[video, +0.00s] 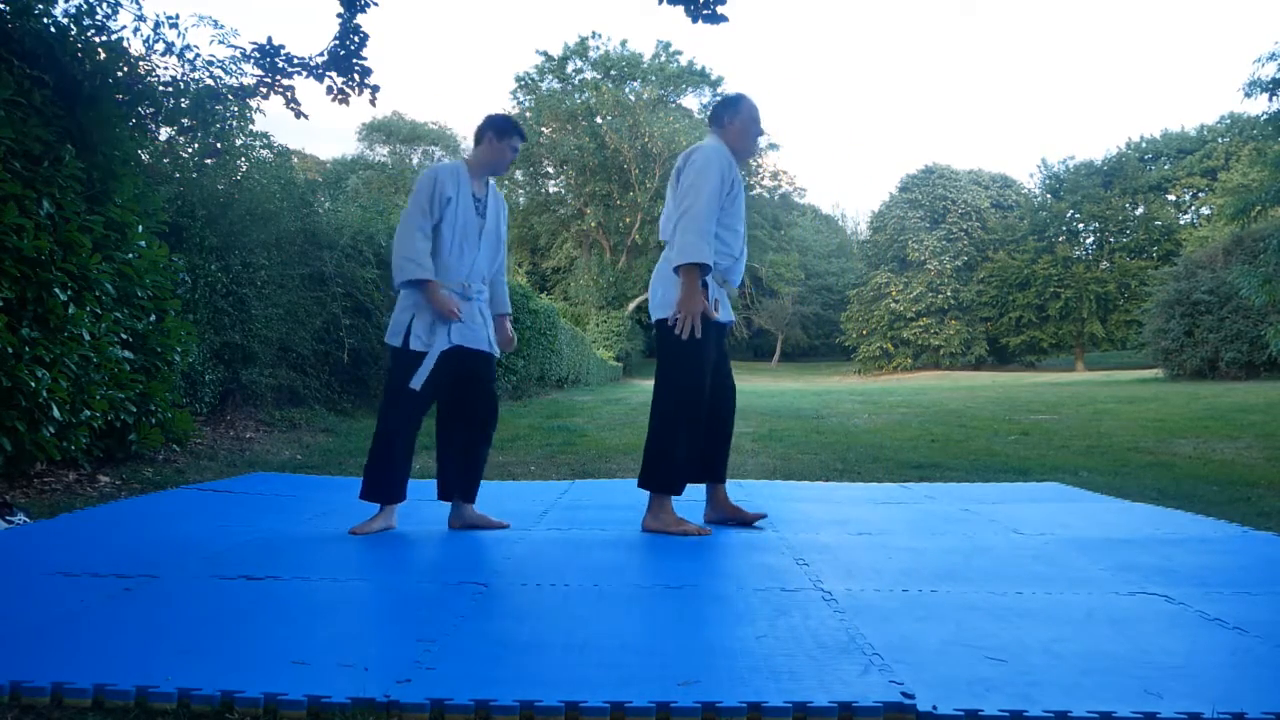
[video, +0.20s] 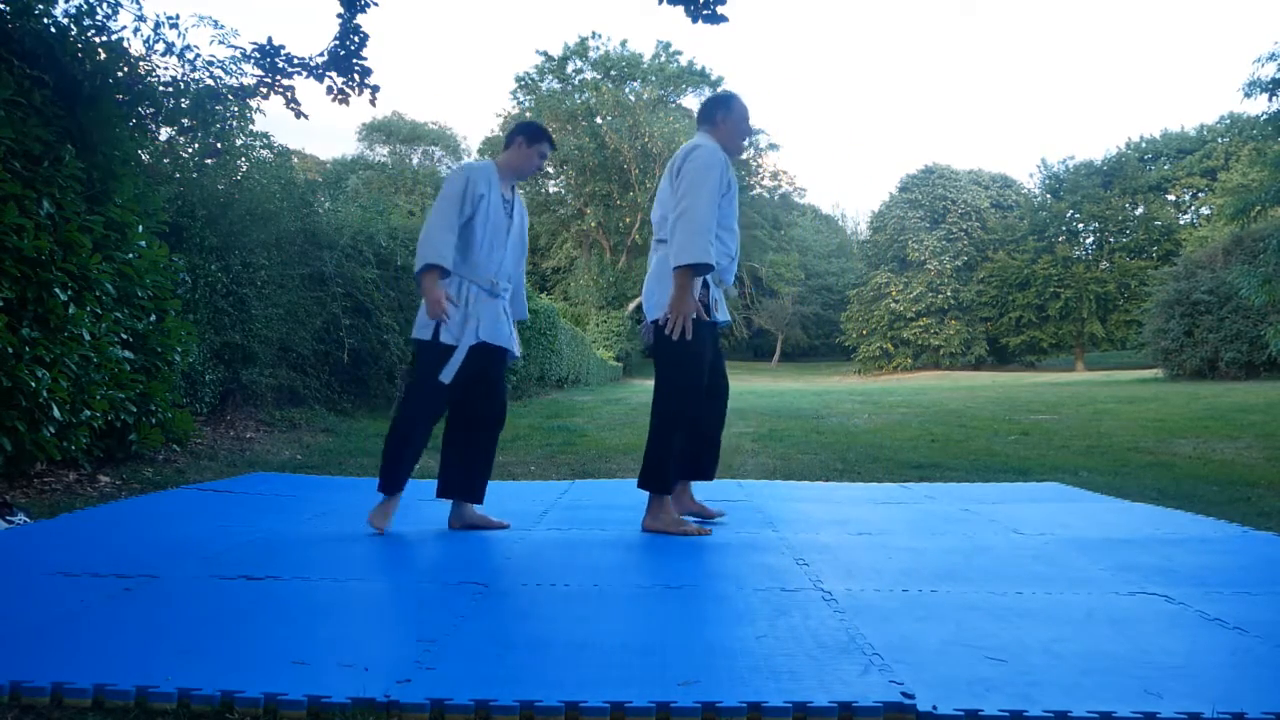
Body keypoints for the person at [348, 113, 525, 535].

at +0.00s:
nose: (514, 160)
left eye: (517, 153)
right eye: (512, 150)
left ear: (499, 147)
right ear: (489, 140)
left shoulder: (497, 203)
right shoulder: (439, 178)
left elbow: (496, 266)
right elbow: (410, 238)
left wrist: (502, 317)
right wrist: (432, 290)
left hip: (475, 325)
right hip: (424, 317)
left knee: (478, 412)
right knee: (400, 413)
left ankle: (463, 508)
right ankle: (386, 510)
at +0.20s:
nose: (541, 167)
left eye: (545, 161)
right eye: (539, 156)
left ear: (529, 155)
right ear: (518, 144)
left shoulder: (519, 209)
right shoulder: (469, 176)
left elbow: (516, 271)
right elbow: (438, 228)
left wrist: (514, 325)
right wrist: (430, 283)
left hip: (495, 319)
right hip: (453, 307)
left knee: (485, 412)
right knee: (422, 403)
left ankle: (464, 507)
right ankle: (390, 495)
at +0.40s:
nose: (557, 168)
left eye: (562, 163)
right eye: (557, 158)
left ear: (544, 154)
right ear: (536, 145)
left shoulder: (528, 207)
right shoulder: (496, 174)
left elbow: (523, 272)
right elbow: (468, 221)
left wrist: (531, 318)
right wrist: (463, 268)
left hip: (502, 320)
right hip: (471, 311)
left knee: (490, 409)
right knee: (466, 406)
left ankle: (465, 503)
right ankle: (455, 503)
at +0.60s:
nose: (573, 170)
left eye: (578, 164)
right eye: (573, 159)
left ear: (554, 152)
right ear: (552, 147)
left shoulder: (533, 190)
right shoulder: (519, 175)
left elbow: (528, 262)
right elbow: (500, 229)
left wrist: (549, 308)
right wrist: (531, 263)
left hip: (511, 310)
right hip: (499, 307)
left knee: (483, 407)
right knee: (517, 408)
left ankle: (462, 506)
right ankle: (543, 511)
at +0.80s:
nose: (597, 164)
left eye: (602, 157)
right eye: (596, 153)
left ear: (576, 145)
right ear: (575, 141)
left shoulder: (556, 185)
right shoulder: (547, 174)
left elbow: (545, 253)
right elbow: (553, 232)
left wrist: (561, 294)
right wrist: (607, 263)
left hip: (529, 302)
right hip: (527, 302)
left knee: (507, 404)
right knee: (542, 406)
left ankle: (467, 501)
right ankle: (555, 512)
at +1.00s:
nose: (622, 168)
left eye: (626, 160)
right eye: (623, 157)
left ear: (598, 142)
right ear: (604, 142)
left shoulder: (564, 173)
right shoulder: (576, 176)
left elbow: (592, 251)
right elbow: (594, 240)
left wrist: (641, 277)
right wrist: (654, 271)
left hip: (536, 304)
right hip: (545, 308)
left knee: (526, 404)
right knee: (554, 409)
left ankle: (481, 488)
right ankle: (557, 513)